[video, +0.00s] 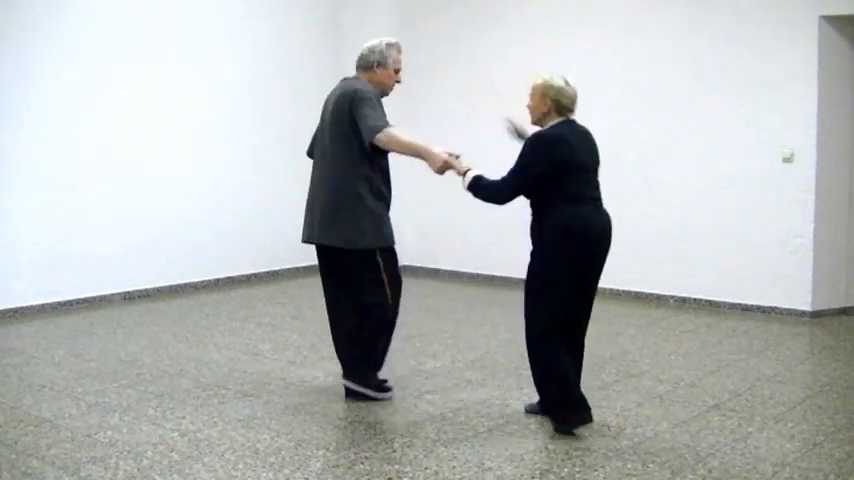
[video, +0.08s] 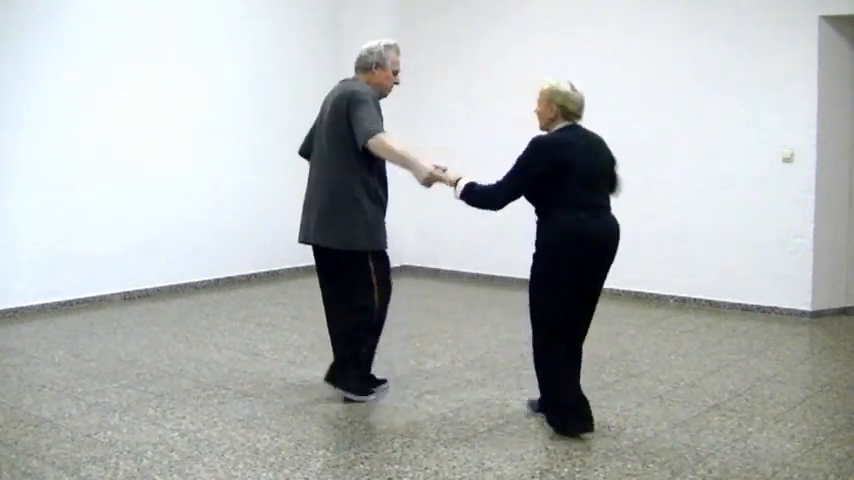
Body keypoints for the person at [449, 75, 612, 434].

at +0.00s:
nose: (528, 104)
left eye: (532, 97)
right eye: (530, 97)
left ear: (548, 104)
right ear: (563, 105)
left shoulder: (543, 142)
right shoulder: (584, 137)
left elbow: (503, 192)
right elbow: (554, 163)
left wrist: (467, 175)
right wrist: (527, 139)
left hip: (557, 243)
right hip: (593, 239)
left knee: (542, 324)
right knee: (572, 320)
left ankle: (568, 412)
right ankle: (559, 398)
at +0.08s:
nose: (535, 109)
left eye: (539, 104)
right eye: (538, 102)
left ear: (553, 110)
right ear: (572, 111)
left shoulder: (544, 148)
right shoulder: (597, 144)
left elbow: (498, 196)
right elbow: (611, 185)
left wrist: (459, 184)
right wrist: (564, 189)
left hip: (559, 244)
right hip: (601, 242)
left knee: (549, 328)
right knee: (573, 323)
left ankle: (570, 418)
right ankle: (559, 397)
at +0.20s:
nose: (545, 113)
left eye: (548, 107)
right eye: (547, 107)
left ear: (559, 111)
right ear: (585, 113)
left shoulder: (545, 147)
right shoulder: (612, 148)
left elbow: (501, 196)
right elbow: (642, 196)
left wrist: (462, 193)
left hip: (558, 252)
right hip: (607, 253)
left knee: (558, 332)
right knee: (590, 327)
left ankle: (572, 422)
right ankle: (572, 403)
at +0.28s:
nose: (553, 111)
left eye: (556, 105)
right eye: (554, 104)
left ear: (566, 109)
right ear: (593, 109)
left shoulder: (549, 144)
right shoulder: (620, 145)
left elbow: (511, 195)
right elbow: (651, 192)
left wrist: (475, 193)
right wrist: (683, 229)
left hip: (558, 252)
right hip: (610, 252)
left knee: (560, 333)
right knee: (597, 328)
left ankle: (569, 422)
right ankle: (593, 412)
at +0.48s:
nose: (568, 109)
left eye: (569, 104)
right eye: (570, 103)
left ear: (577, 106)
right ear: (609, 104)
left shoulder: (564, 139)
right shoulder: (632, 138)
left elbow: (528, 181)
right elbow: (666, 184)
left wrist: (506, 159)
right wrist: (717, 220)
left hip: (565, 243)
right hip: (618, 244)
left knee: (568, 332)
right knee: (614, 331)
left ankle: (569, 425)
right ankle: (601, 422)